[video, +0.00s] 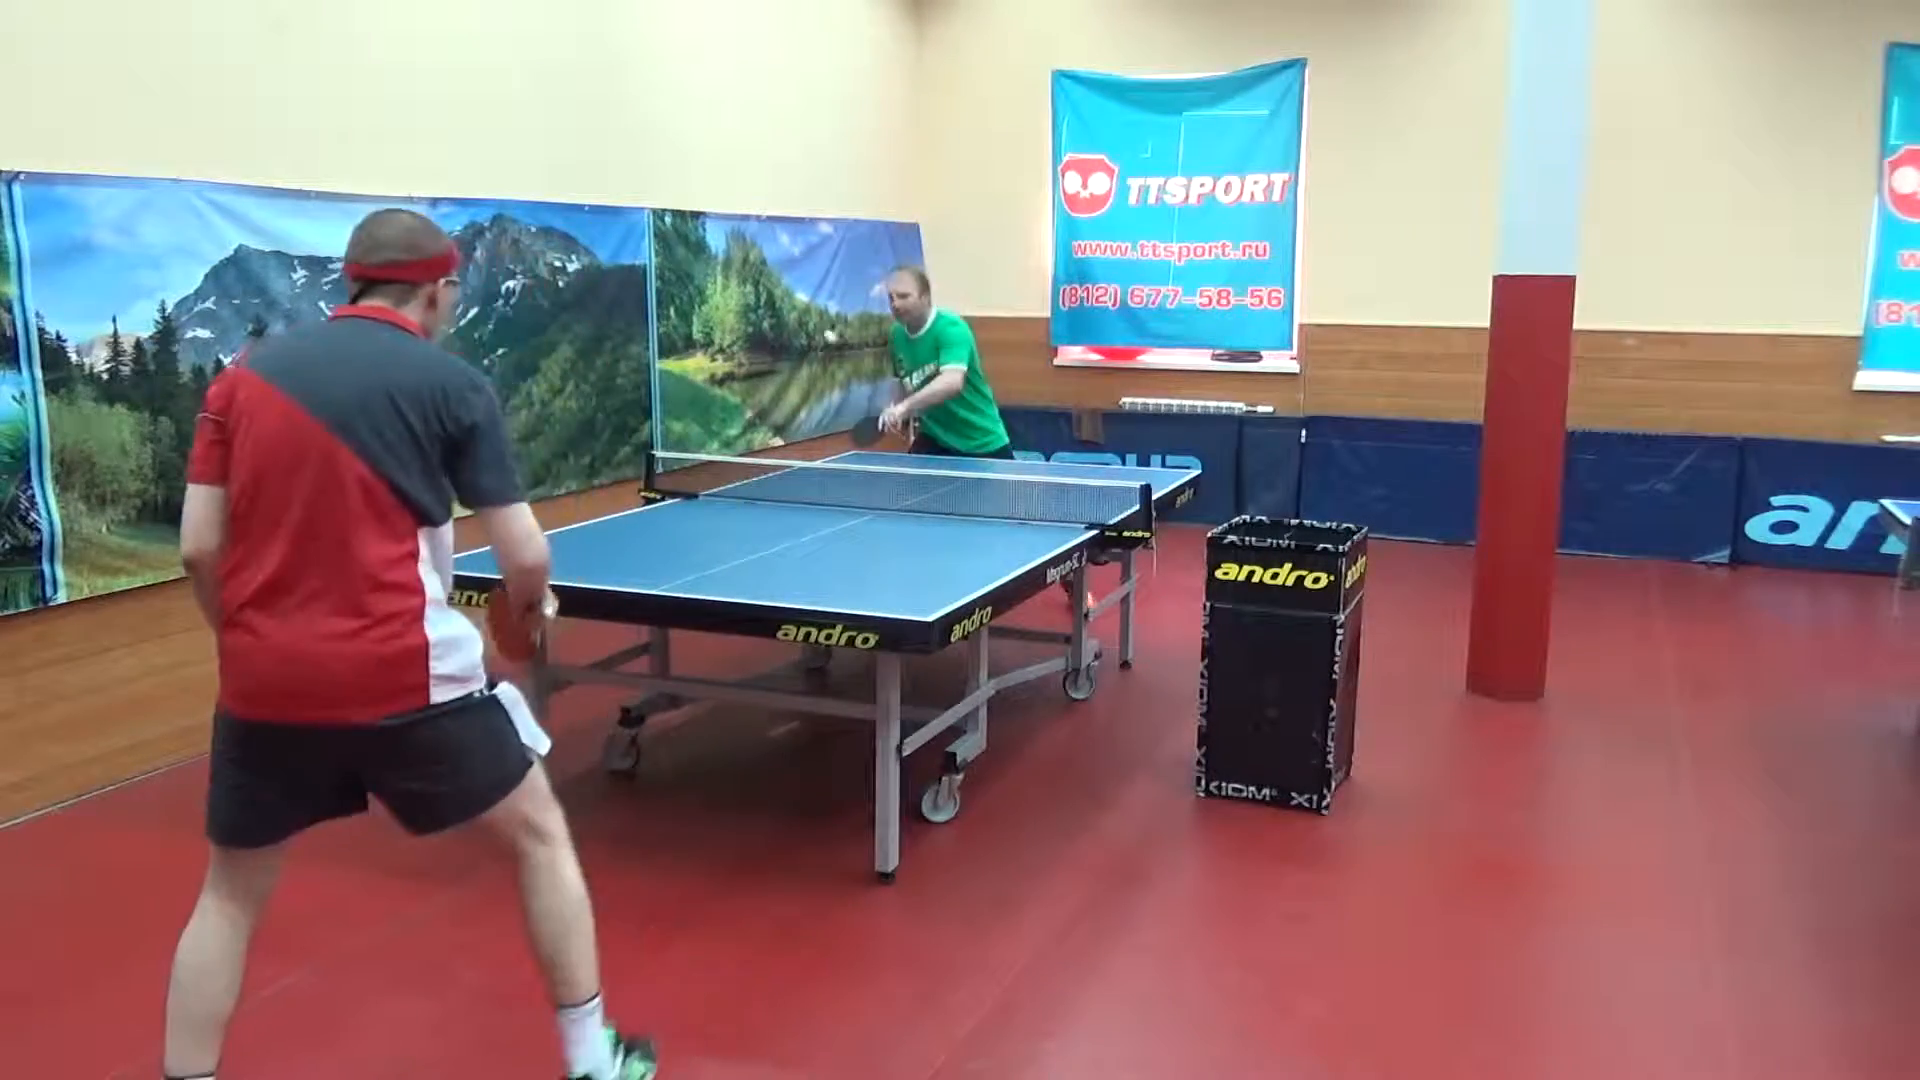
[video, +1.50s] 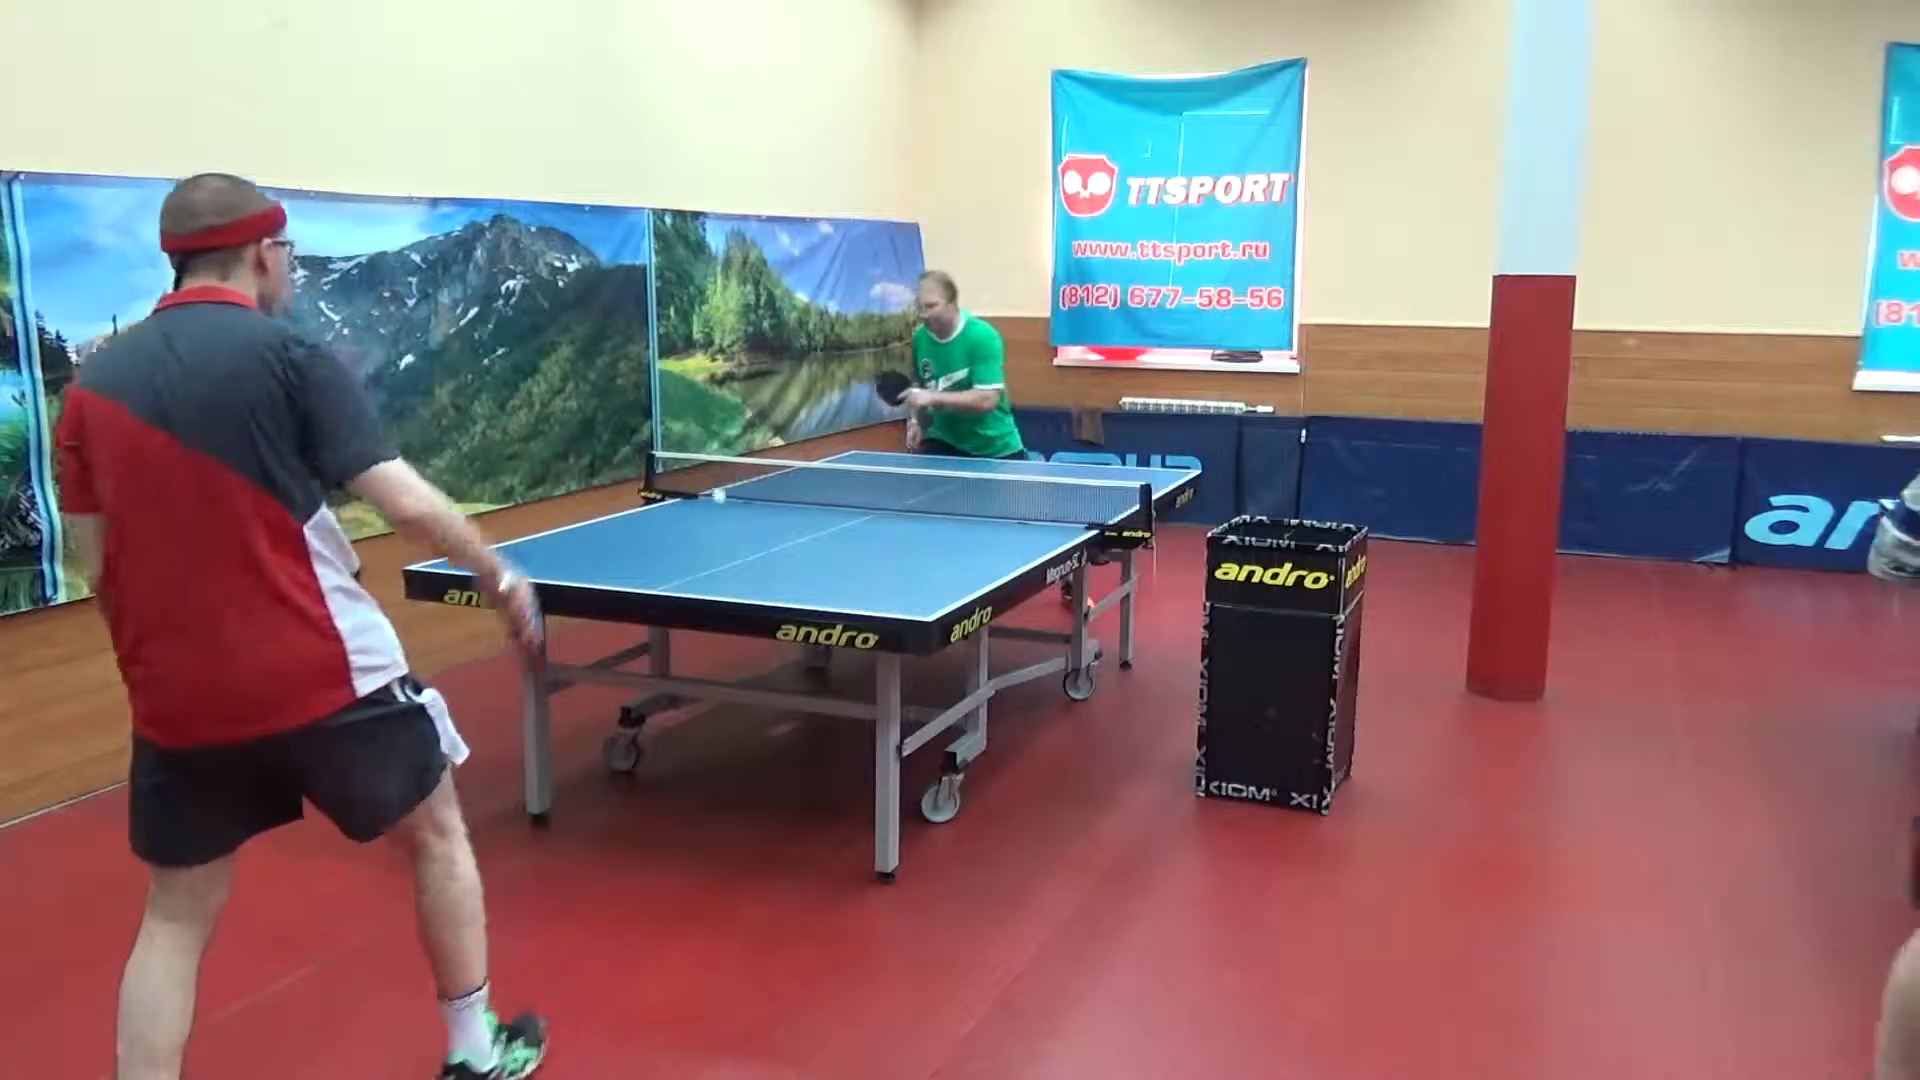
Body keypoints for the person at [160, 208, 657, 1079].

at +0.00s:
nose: (451, 309)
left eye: (450, 293)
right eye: (451, 293)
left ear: (352, 285)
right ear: (431, 293)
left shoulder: (248, 368)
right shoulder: (448, 382)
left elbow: (199, 546)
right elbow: (527, 560)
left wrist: (246, 642)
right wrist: (518, 621)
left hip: (263, 683)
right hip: (406, 677)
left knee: (228, 894)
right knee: (537, 834)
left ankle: (185, 1074)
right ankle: (592, 1058)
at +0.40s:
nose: (406, 304)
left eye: (402, 290)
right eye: (404, 291)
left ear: (301, 283)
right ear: (389, 288)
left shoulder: (203, 372)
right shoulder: (416, 382)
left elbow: (158, 555)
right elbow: (510, 525)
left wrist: (182, 665)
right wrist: (486, 473)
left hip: (234, 685)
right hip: (386, 676)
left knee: (192, 895)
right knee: (503, 819)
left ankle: (172, 1075)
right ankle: (543, 1048)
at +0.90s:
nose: (425, 269)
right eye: (423, 258)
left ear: (323, 257)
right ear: (411, 255)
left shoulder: (275, 353)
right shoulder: (467, 326)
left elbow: (252, 540)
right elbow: (570, 400)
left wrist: (249, 642)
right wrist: (514, 442)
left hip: (349, 627)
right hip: (483, 617)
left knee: (277, 858)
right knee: (517, 792)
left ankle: (240, 1069)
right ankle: (536, 993)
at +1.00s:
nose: (386, 260)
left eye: (380, 250)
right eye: (384, 249)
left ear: (291, 258)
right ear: (375, 250)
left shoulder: (254, 367)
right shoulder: (444, 309)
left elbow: (255, 554)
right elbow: (597, 328)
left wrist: (270, 648)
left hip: (339, 631)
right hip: (477, 616)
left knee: (265, 855)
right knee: (515, 796)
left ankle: (227, 1070)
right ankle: (538, 995)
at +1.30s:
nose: (311, 298)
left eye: (308, 283)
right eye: (305, 284)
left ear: (202, 289)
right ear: (280, 286)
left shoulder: (129, 410)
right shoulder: (327, 361)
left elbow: (158, 601)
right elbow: (503, 401)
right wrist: (597, 385)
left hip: (218, 711)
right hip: (365, 688)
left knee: (187, 920)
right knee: (467, 823)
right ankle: (532, 996)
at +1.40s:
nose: (290, 285)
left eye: (285, 269)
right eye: (284, 270)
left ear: (182, 281)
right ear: (259, 276)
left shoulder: (99, 399)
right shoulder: (298, 365)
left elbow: (111, 590)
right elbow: (445, 460)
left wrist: (185, 657)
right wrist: (543, 483)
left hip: (187, 710)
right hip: (332, 686)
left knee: (179, 922)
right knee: (450, 838)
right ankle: (518, 1008)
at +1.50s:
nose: (289, 269)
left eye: (284, 252)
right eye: (283, 252)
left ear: (180, 262)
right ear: (260, 255)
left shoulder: (95, 382)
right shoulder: (290, 357)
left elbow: (97, 561)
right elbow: (405, 505)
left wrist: (156, 663)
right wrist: (497, 572)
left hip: (180, 700)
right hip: (324, 677)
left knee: (174, 914)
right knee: (434, 832)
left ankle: (144, 1078)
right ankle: (476, 1048)